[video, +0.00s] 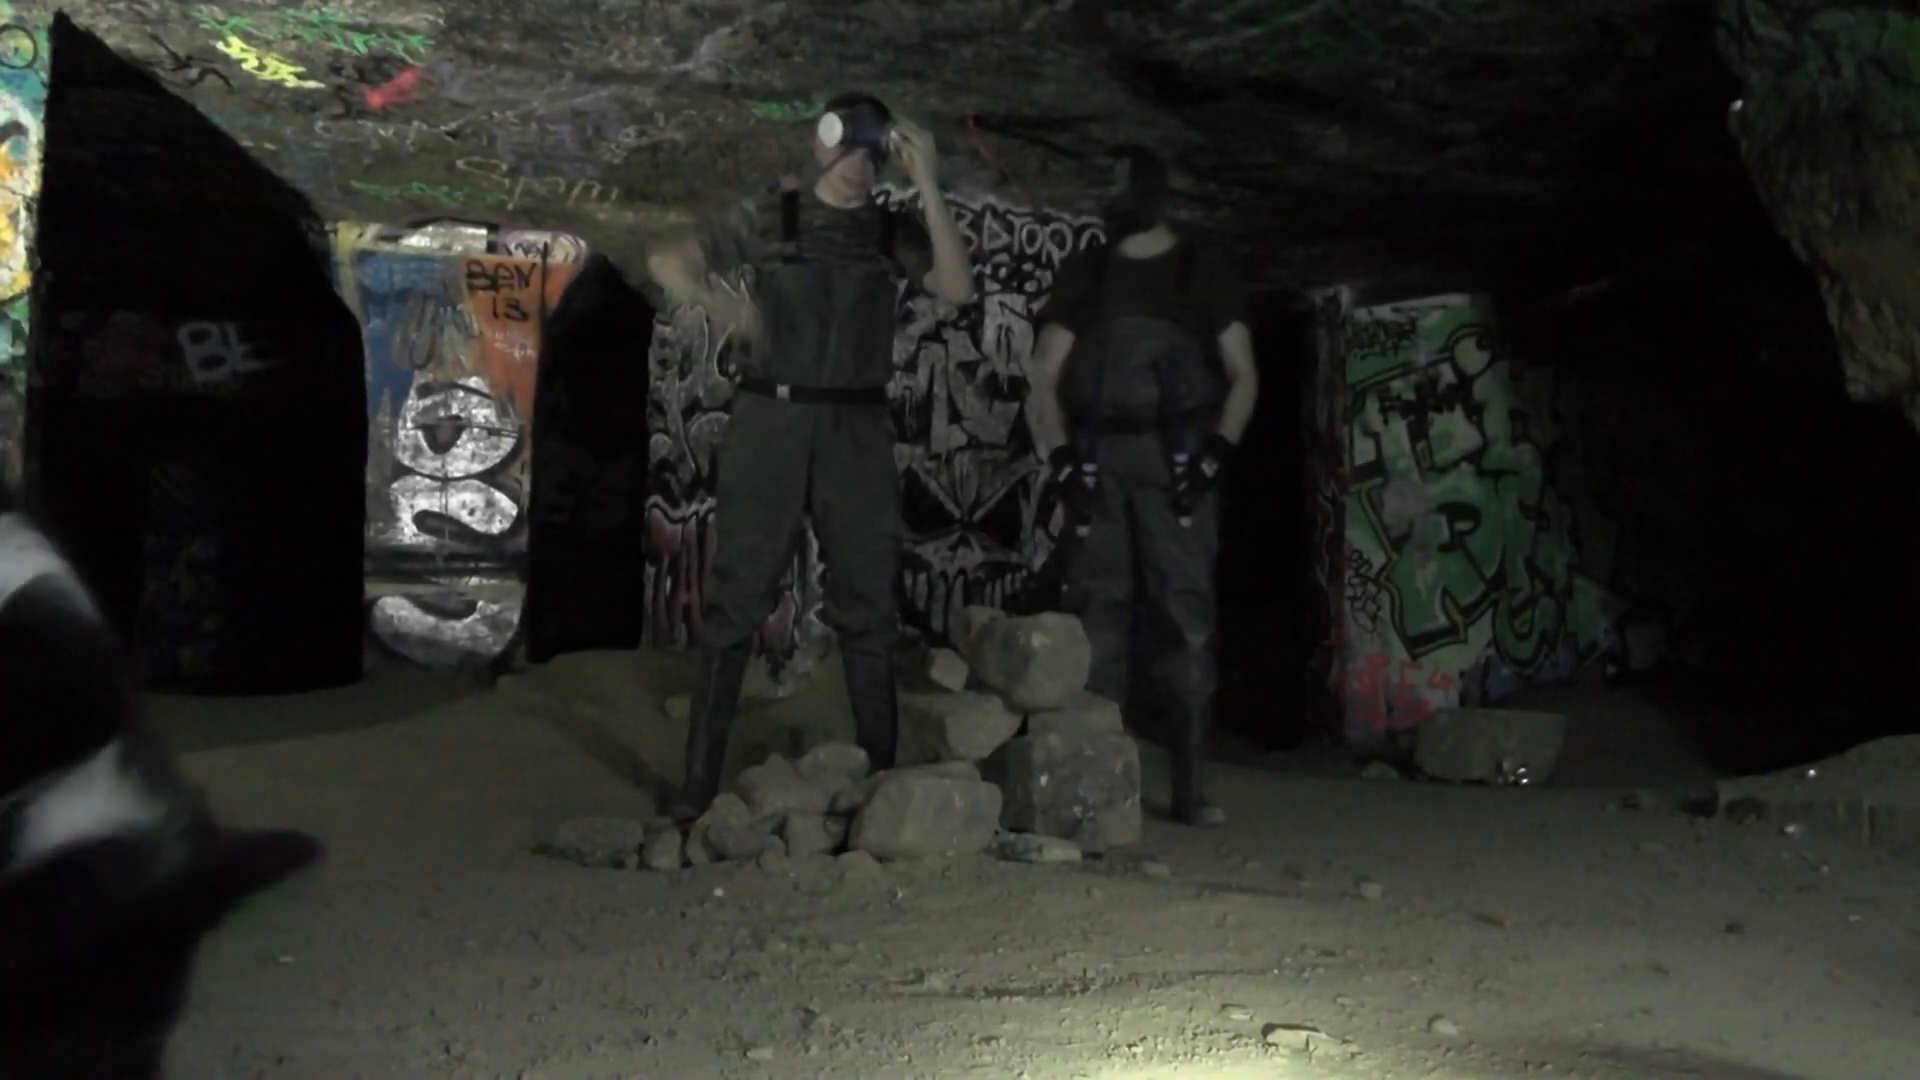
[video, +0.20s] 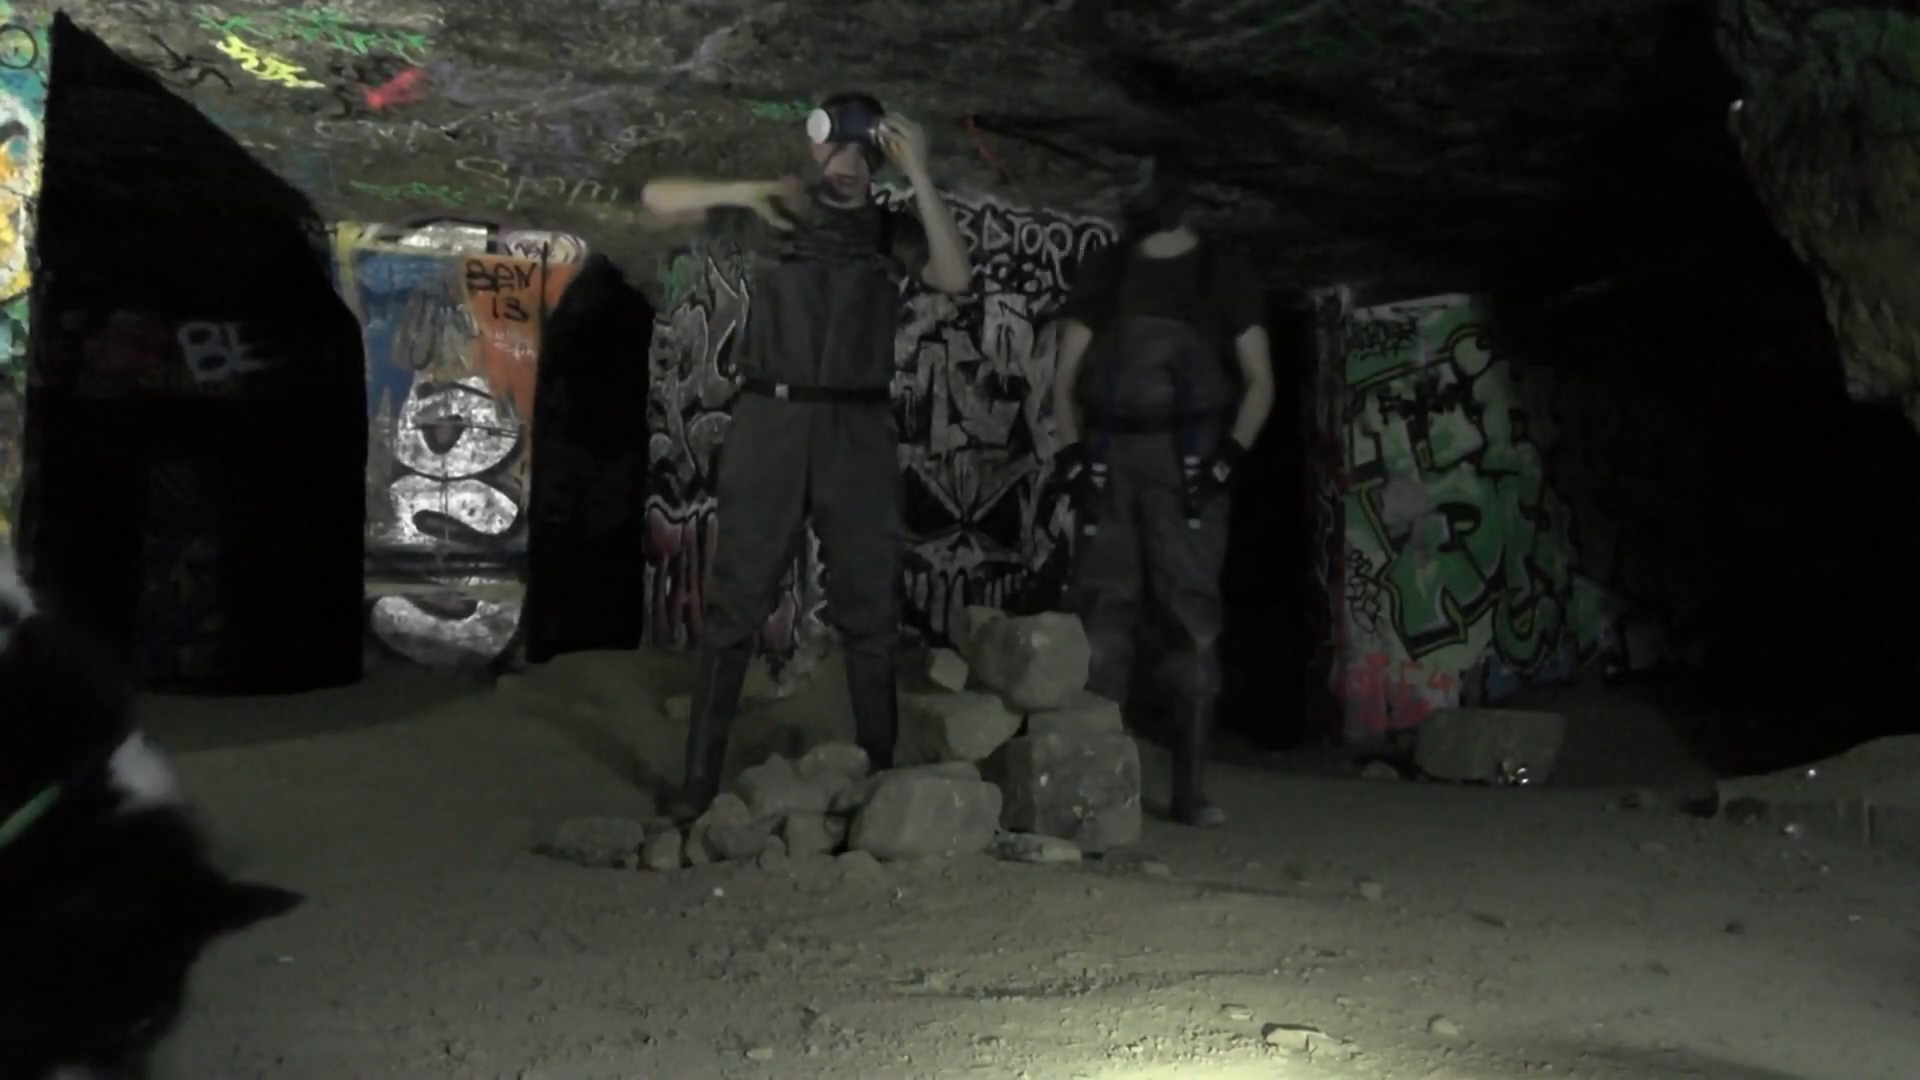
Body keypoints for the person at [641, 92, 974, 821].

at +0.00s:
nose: (860, 166)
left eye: (873, 155)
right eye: (850, 149)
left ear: (884, 161)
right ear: (819, 145)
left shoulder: (891, 230)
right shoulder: (769, 215)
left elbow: (956, 289)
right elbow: (668, 261)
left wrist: (926, 183)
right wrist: (727, 311)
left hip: (858, 439)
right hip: (769, 435)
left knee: (868, 612)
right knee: (736, 609)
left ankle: (882, 779)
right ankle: (699, 786)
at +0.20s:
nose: (847, 163)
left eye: (861, 152)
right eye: (836, 147)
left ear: (879, 162)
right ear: (811, 150)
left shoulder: (892, 230)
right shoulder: (770, 217)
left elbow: (955, 278)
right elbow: (657, 201)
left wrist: (918, 175)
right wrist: (755, 192)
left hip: (859, 438)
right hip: (769, 433)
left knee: (869, 614)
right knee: (737, 609)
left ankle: (880, 780)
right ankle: (699, 786)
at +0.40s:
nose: (848, 157)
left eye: (861, 146)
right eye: (836, 143)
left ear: (878, 158)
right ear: (811, 148)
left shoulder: (891, 228)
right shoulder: (766, 217)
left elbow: (956, 276)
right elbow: (660, 179)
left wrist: (918, 176)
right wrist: (754, 186)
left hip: (860, 440)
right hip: (770, 435)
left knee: (870, 616)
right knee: (736, 610)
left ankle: (880, 781)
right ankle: (700, 786)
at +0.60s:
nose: (846, 154)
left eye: (860, 144)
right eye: (834, 140)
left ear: (878, 156)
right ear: (810, 147)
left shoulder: (890, 225)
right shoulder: (769, 213)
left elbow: (956, 274)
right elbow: (661, 181)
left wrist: (918, 174)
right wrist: (756, 187)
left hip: (860, 438)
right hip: (770, 433)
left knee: (869, 614)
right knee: (737, 608)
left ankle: (880, 780)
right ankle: (699, 786)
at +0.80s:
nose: (846, 161)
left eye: (860, 150)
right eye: (835, 146)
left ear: (877, 161)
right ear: (809, 151)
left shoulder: (891, 225)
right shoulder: (771, 213)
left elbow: (957, 274)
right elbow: (655, 234)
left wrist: (917, 172)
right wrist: (726, 210)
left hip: (859, 439)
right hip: (769, 434)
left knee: (870, 616)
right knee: (737, 611)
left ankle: (880, 782)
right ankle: (699, 787)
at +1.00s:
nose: (835, 164)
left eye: (849, 152)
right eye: (822, 150)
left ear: (867, 161)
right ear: (797, 159)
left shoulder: (885, 225)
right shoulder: (765, 222)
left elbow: (949, 273)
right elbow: (696, 277)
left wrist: (904, 167)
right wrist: (754, 190)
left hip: (857, 438)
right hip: (767, 435)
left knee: (870, 614)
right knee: (734, 611)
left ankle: (879, 779)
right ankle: (697, 789)